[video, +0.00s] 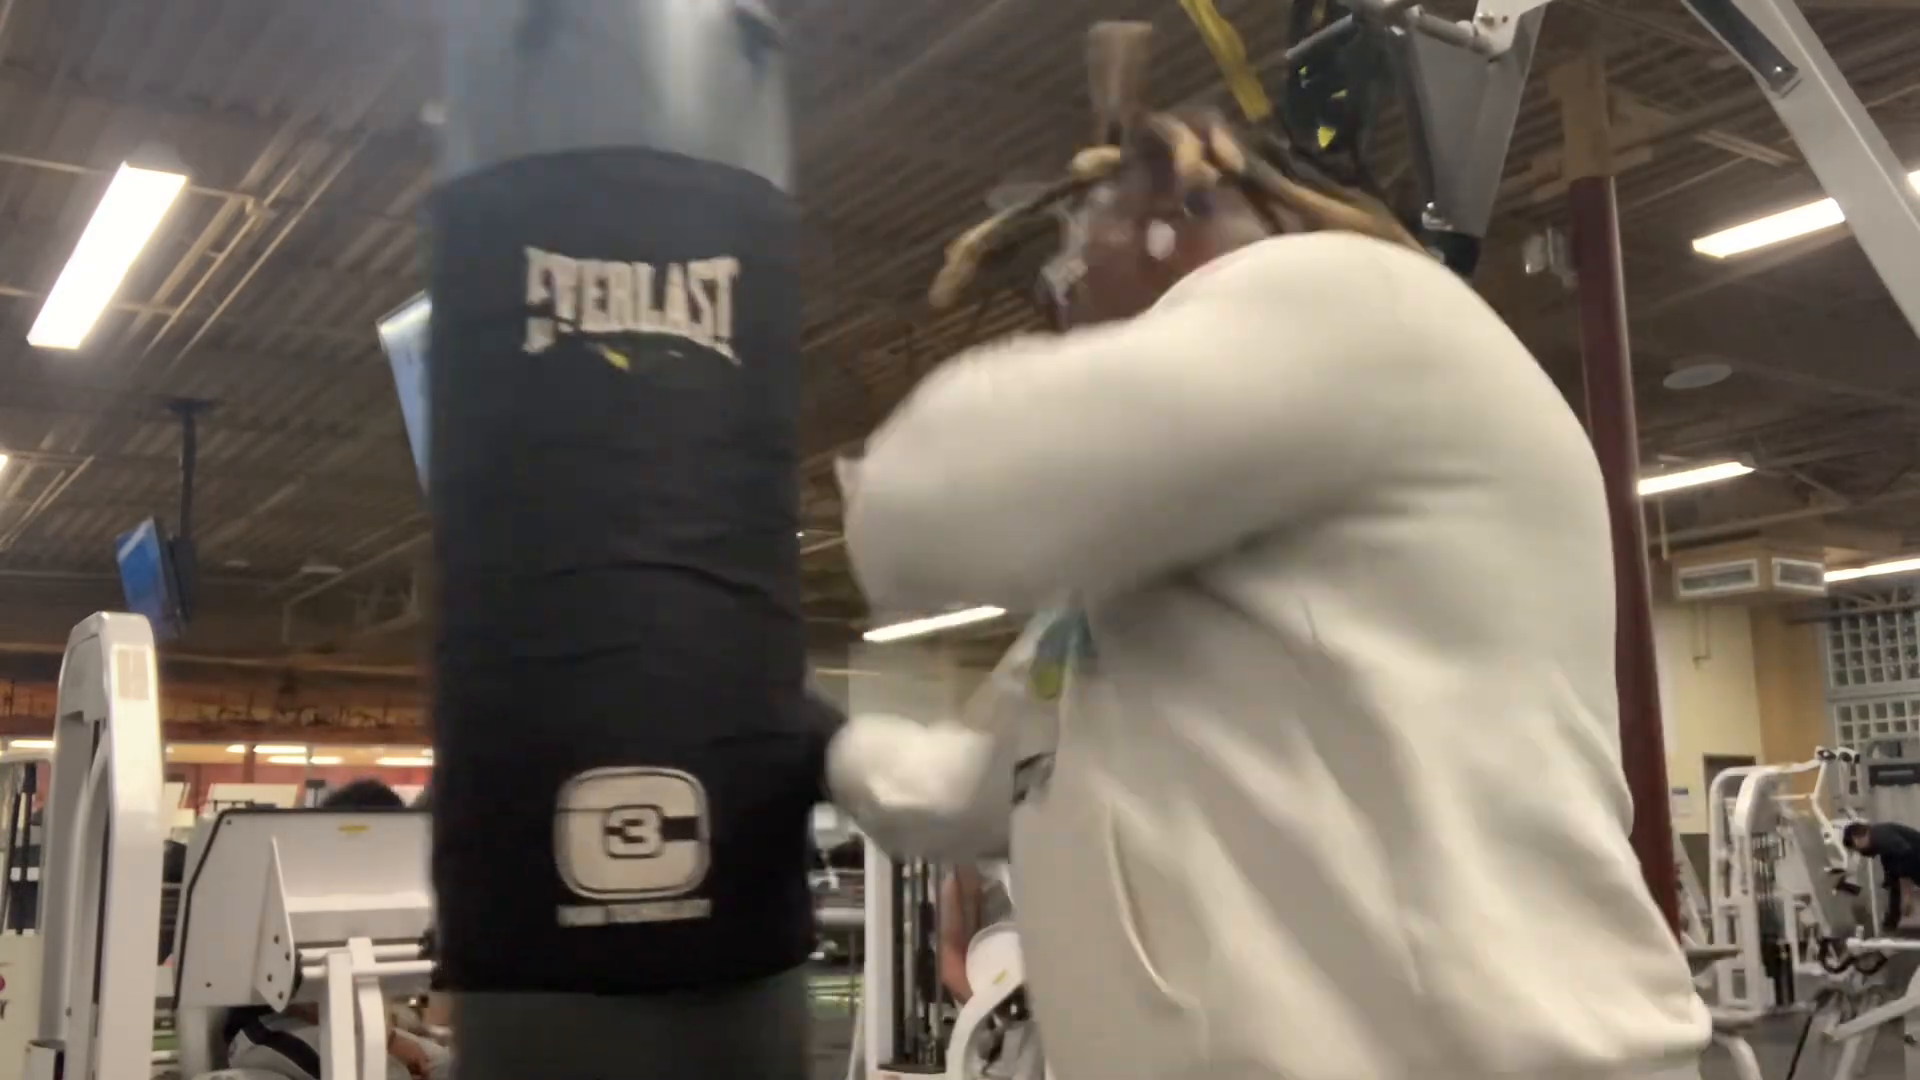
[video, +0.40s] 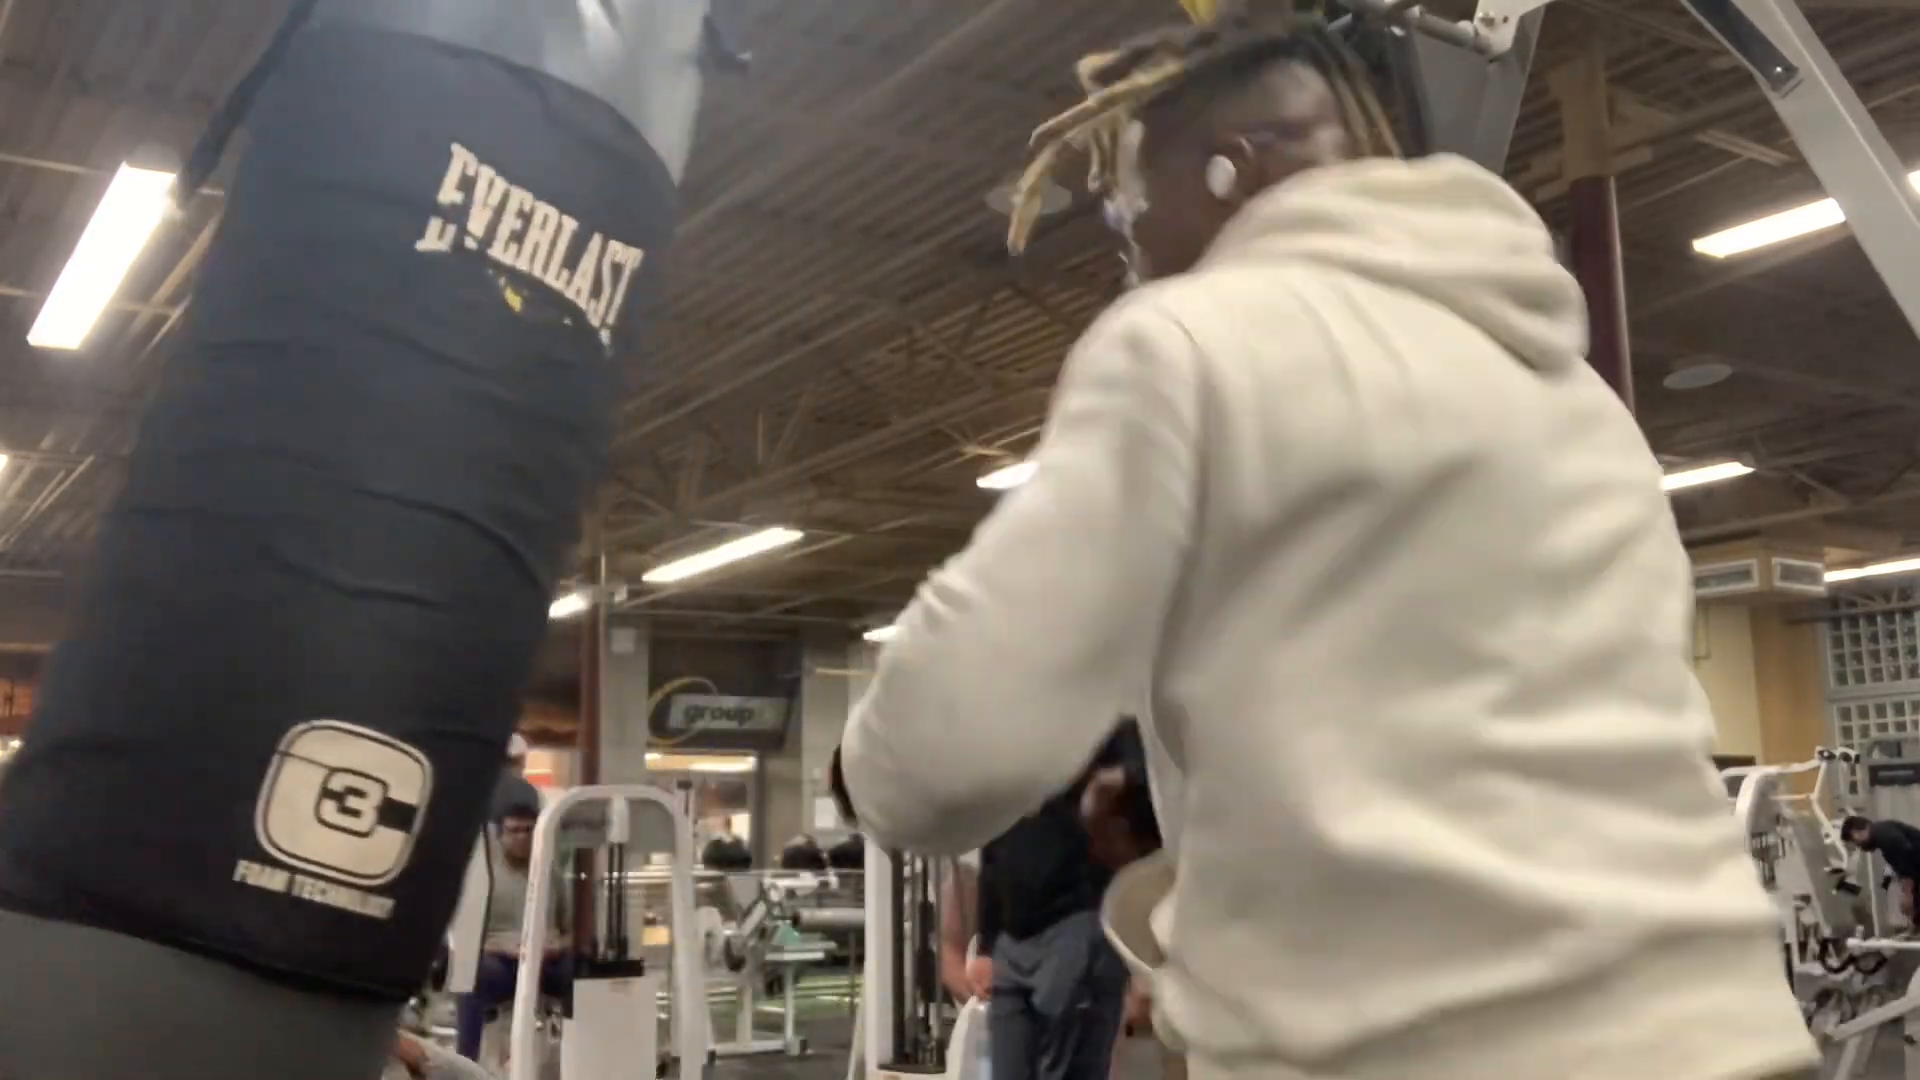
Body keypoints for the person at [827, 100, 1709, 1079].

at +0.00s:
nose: (1057, 313)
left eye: (1063, 259)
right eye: (1048, 288)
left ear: (1159, 199)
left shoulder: (1359, 300)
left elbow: (920, 518)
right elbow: (1007, 782)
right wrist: (809, 745)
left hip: (1455, 1045)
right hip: (1229, 1049)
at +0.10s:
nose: (998, 345)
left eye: (1006, 284)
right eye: (991, 300)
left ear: (1112, 250)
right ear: (1129, 252)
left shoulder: (1253, 348)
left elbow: (1014, 717)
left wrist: (886, 663)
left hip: (1418, 1049)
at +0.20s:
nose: (1004, 316)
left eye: (1008, 269)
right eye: (996, 281)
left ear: (1135, 196)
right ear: (1210, 194)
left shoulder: (1143, 352)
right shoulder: (1457, 441)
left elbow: (1033, 782)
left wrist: (926, 803)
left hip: (1313, 1048)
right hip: (1648, 1030)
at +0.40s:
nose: (1129, 254)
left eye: (1132, 209)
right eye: (1118, 220)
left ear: (1229, 166)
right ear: (1348, 145)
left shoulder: (1188, 342)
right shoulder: (1564, 372)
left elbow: (959, 744)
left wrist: (879, 776)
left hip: (1365, 1045)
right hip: (1716, 1022)